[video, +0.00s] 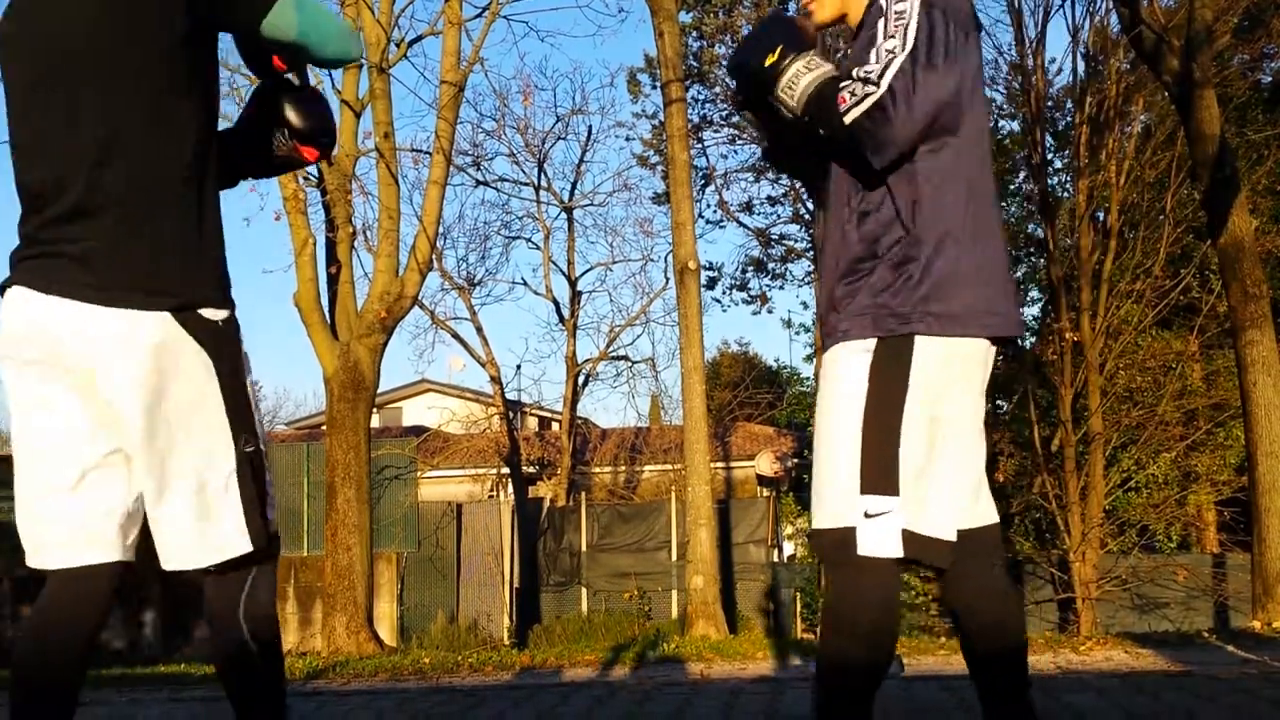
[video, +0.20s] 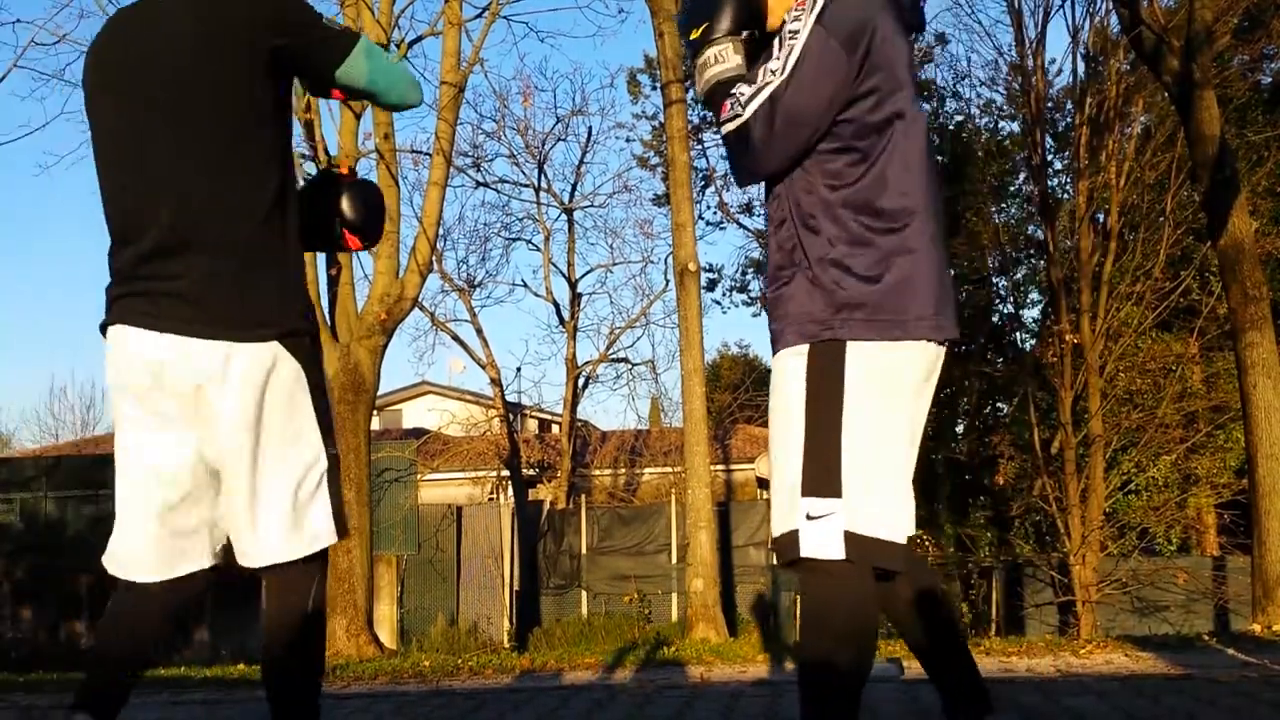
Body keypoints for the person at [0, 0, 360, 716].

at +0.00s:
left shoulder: (23, 17)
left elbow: (125, 164)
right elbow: (340, 42)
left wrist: (252, 147)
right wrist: (270, 31)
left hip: (41, 299)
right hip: (167, 306)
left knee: (81, 563)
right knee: (233, 561)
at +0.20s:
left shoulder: (109, 41)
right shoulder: (262, 12)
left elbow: (176, 188)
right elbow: (403, 87)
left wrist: (304, 212)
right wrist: (341, 70)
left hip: (142, 327)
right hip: (255, 329)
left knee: (162, 555)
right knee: (290, 548)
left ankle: (90, 711)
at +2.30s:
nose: (632, 84)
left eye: (640, 72)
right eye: (626, 65)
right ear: (584, 41)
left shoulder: (605, 141)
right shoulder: (513, 100)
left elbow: (682, 180)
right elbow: (560, 182)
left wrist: (749, 153)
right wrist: (663, 173)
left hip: (598, 353)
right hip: (527, 348)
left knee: (613, 532)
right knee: (545, 528)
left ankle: (612, 710)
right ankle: (511, 713)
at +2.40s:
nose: (630, 84)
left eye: (639, 73)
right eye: (625, 65)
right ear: (585, 40)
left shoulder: (608, 140)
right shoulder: (512, 100)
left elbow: (703, 198)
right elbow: (525, 186)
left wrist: (773, 148)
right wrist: (631, 178)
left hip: (599, 355)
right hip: (525, 349)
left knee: (608, 532)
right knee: (543, 524)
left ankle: (609, 710)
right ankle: (475, 705)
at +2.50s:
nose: (630, 78)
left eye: (638, 66)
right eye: (625, 60)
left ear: (604, 46)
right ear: (584, 36)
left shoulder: (605, 144)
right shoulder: (508, 96)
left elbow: (664, 231)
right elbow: (468, 186)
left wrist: (733, 182)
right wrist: (572, 196)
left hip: (598, 354)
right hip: (525, 347)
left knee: (605, 533)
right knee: (530, 522)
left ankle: (610, 713)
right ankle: (440, 701)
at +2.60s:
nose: (623, 75)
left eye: (631, 63)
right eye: (618, 56)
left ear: (591, 42)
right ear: (575, 34)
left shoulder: (591, 140)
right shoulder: (497, 99)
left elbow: (598, 251)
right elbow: (426, 194)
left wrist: (682, 237)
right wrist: (529, 223)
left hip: (595, 357)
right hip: (520, 352)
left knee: (602, 534)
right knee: (514, 527)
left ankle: (610, 711)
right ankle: (418, 705)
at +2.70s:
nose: (613, 73)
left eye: (620, 60)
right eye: (608, 54)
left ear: (582, 45)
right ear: (563, 35)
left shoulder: (576, 134)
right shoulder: (482, 99)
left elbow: (558, 253)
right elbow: (403, 205)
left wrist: (626, 298)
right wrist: (500, 237)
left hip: (582, 360)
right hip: (509, 355)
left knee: (610, 532)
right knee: (492, 533)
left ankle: (610, 711)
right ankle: (416, 707)